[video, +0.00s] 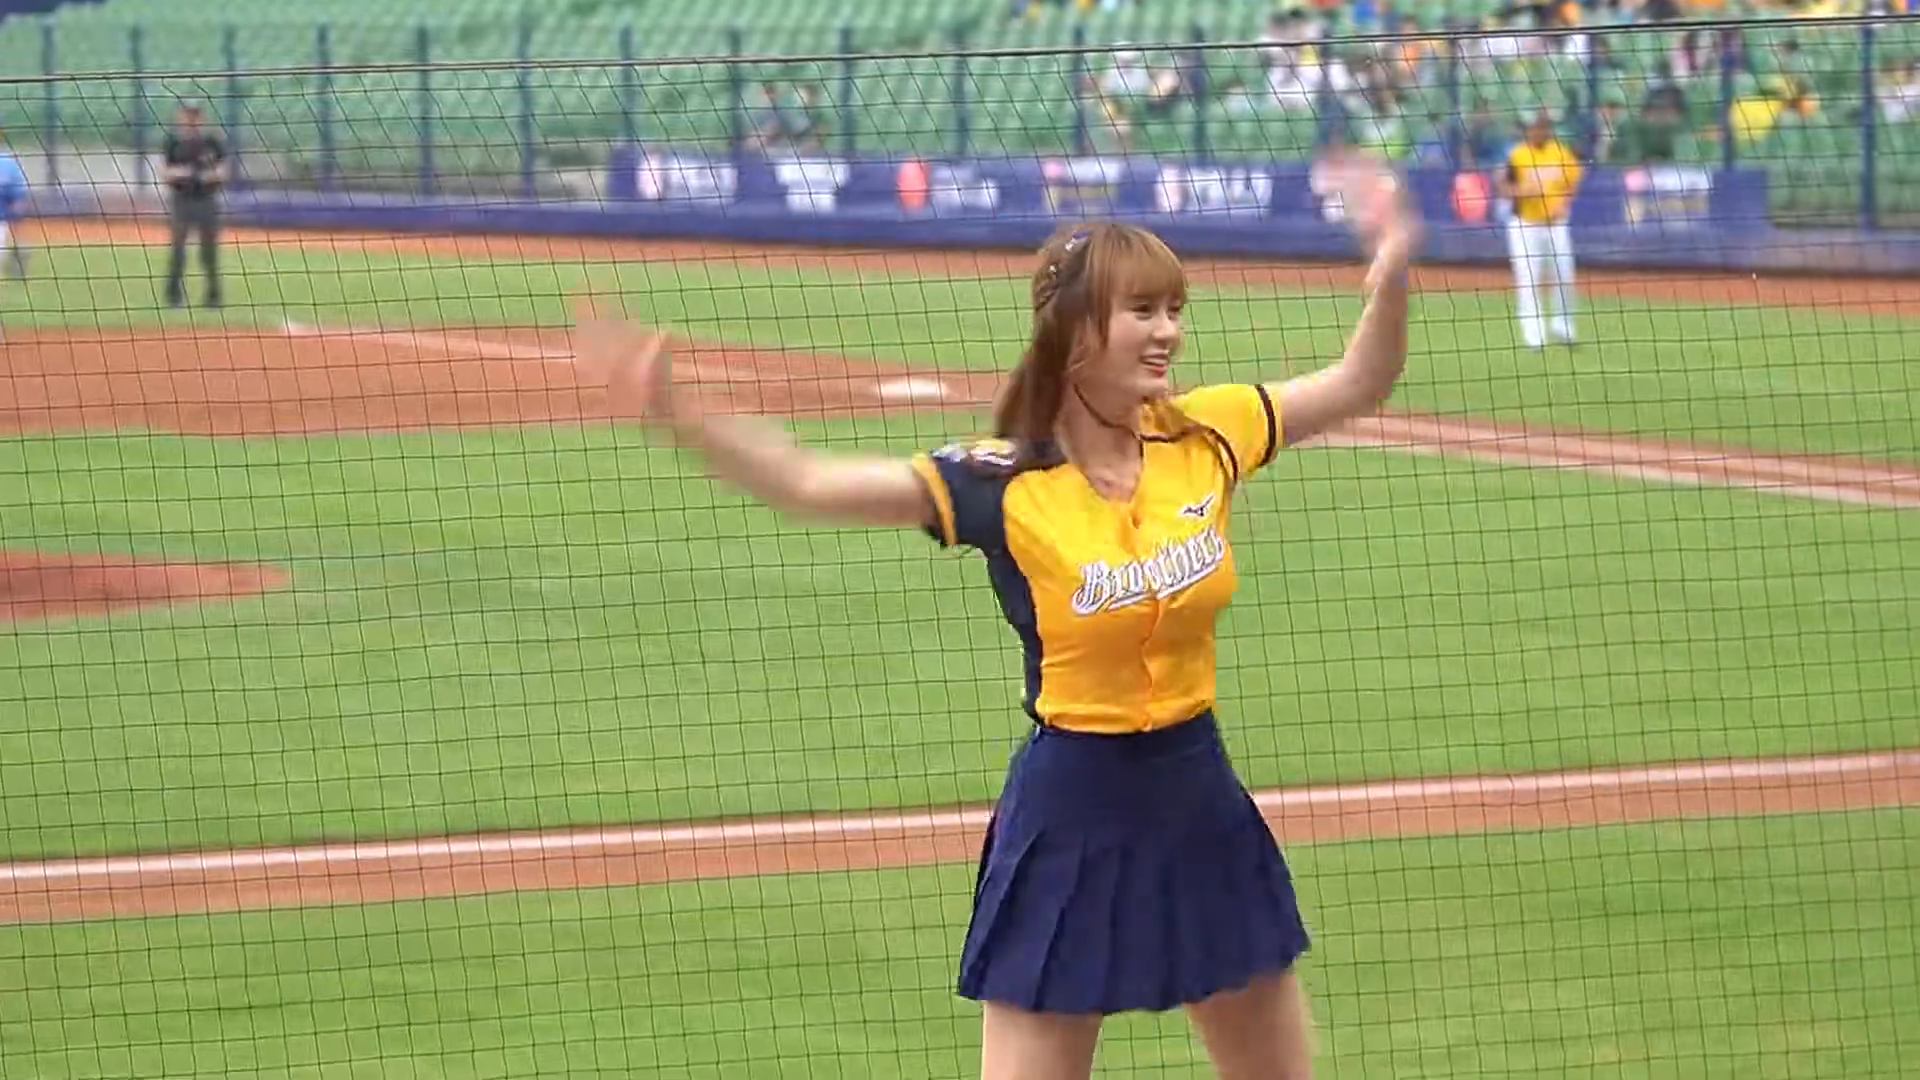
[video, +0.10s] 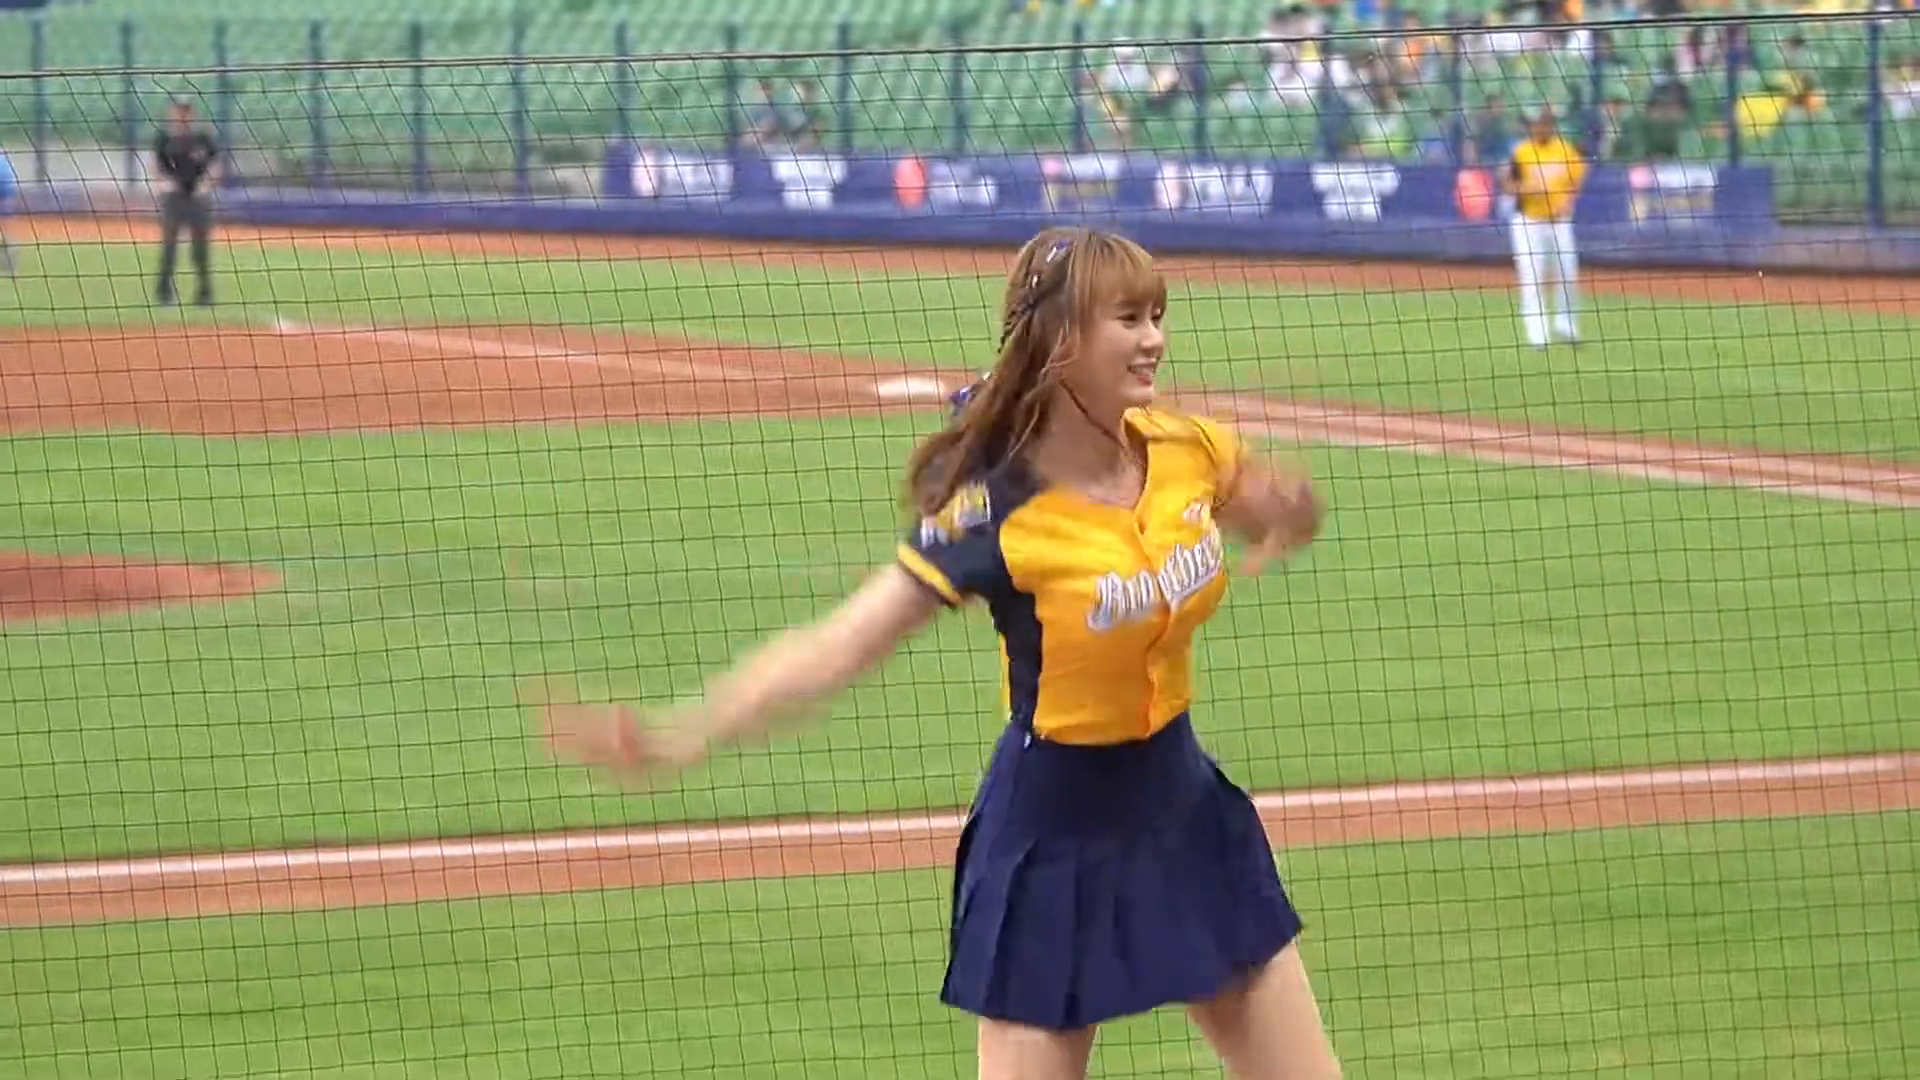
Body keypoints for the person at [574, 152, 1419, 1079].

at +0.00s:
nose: (1169, 332)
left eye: (1174, 310)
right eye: (1145, 309)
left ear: (1173, 328)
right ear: (1073, 325)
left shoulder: (1206, 433)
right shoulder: (998, 482)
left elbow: (1360, 384)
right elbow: (805, 483)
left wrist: (1391, 276)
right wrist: (675, 417)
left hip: (1201, 808)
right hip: (1068, 821)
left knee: (1278, 1066)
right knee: (1029, 1066)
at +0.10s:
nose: (1154, 337)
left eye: (1157, 316)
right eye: (1128, 317)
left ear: (1159, 331)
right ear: (1054, 343)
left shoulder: (1189, 446)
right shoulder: (997, 513)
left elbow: (1285, 526)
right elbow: (842, 643)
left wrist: (1293, 507)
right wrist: (684, 733)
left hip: (1180, 798)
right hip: (1051, 822)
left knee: (1304, 1065)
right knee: (1027, 1067)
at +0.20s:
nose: (1156, 390)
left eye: (1158, 367)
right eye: (1130, 367)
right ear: (1053, 390)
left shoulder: (1165, 504)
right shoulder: (995, 583)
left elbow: (1228, 574)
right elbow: (903, 769)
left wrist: (1314, 614)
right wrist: (800, 947)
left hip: (1157, 851)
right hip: (1037, 882)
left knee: (1332, 1067)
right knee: (1032, 1061)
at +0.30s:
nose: (1175, 361)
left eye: (1175, 340)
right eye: (1152, 344)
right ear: (1080, 374)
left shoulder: (1187, 460)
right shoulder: (1015, 552)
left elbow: (1278, 477)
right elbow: (920, 711)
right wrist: (812, 859)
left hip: (1178, 827)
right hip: (1058, 857)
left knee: (1357, 1065)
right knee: (1040, 1062)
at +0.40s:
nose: (1218, 312)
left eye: (1218, 290)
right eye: (1198, 293)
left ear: (1170, 309)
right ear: (1122, 311)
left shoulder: (1227, 393)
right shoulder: (1061, 466)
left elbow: (1332, 340)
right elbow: (915, 566)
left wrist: (1441, 287)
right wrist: (792, 608)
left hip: (1206, 772)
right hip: (1090, 785)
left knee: (1361, 1066)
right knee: (1037, 1066)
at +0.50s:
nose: (1260, 331)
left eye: (1261, 310)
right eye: (1239, 312)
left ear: (1247, 320)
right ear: (1165, 324)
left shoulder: (1271, 396)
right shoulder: (1095, 443)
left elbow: (1394, 290)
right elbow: (951, 435)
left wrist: (1502, 184)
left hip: (1253, 792)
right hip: (1137, 799)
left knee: (1336, 1063)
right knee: (1070, 1063)